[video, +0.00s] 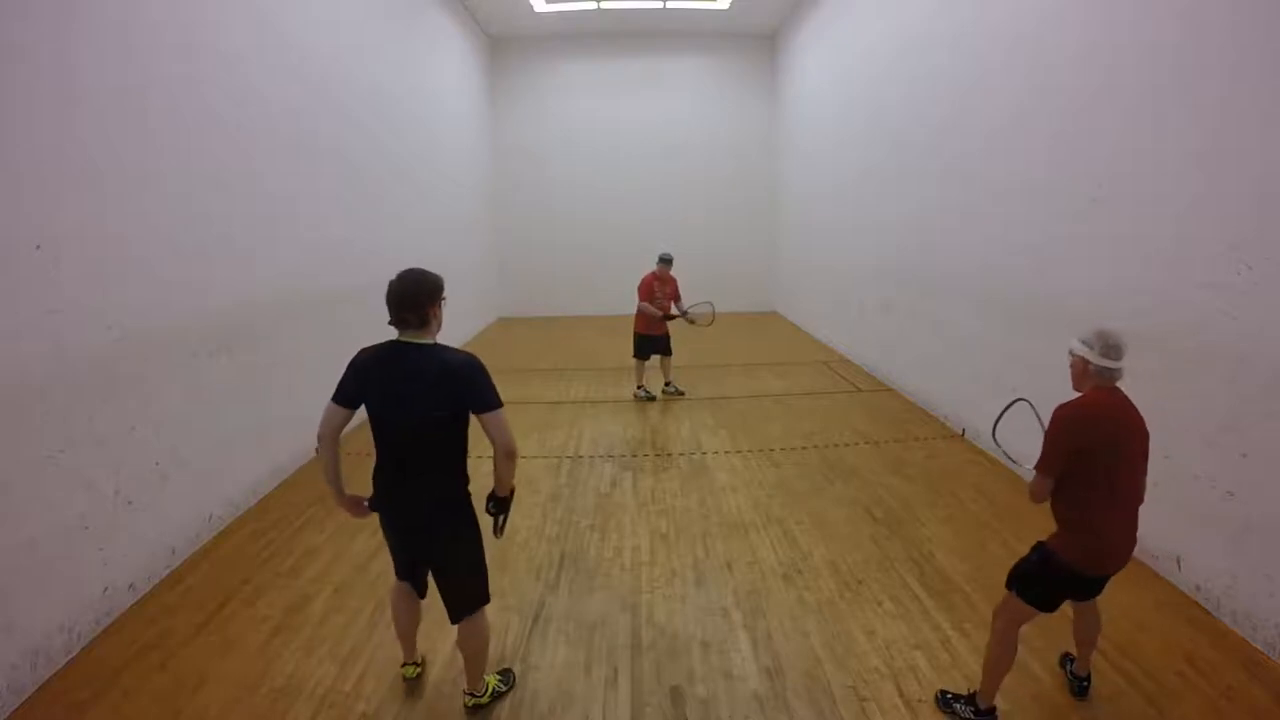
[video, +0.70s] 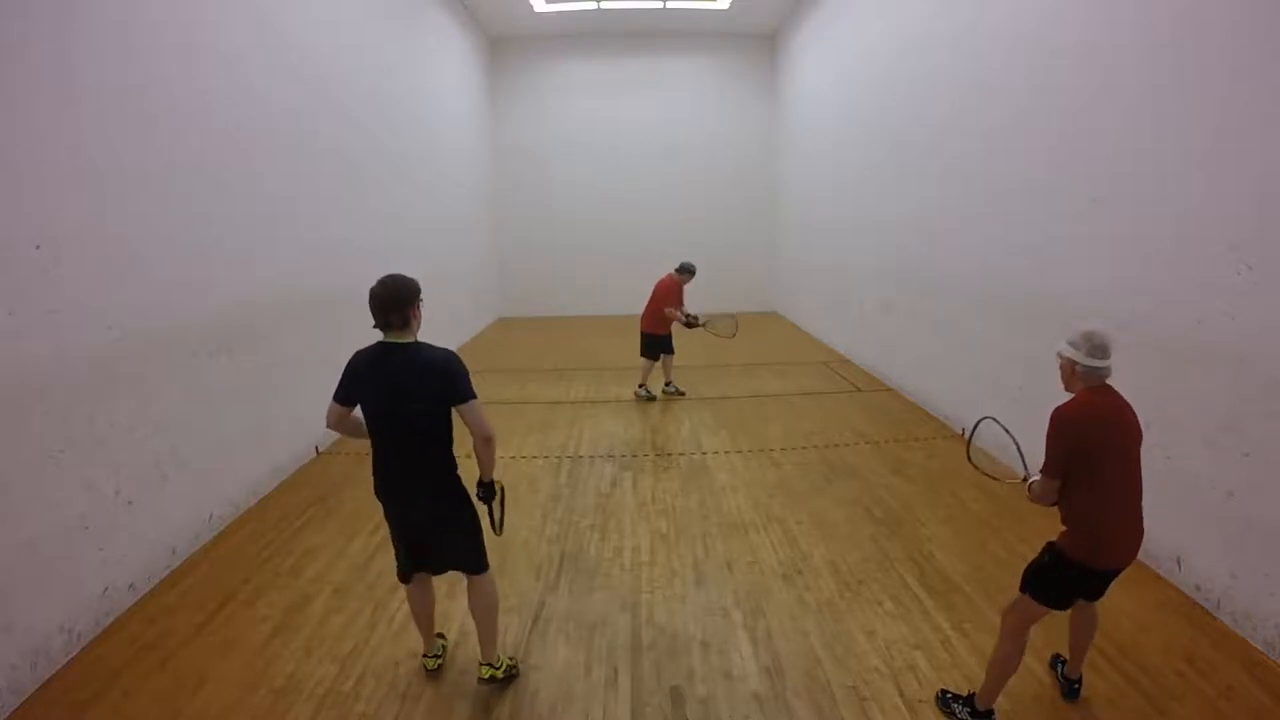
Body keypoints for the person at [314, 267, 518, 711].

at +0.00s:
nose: (443, 310)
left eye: (440, 303)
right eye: (441, 304)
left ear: (392, 312)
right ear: (435, 311)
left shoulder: (368, 362)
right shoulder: (462, 366)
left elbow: (327, 432)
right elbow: (505, 446)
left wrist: (339, 495)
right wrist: (502, 495)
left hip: (394, 503)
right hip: (446, 505)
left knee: (406, 577)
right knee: (468, 602)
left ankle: (409, 661)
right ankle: (476, 688)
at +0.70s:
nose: (422, 310)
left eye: (420, 303)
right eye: (420, 304)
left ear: (375, 316)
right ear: (414, 312)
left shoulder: (362, 362)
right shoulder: (442, 362)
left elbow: (336, 419)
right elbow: (483, 434)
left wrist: (377, 431)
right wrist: (486, 480)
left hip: (392, 487)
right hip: (440, 484)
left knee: (414, 569)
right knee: (477, 569)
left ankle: (430, 649)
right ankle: (490, 662)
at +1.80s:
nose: (396, 296)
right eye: (394, 289)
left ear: (345, 302)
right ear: (391, 296)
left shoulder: (326, 358)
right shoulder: (423, 344)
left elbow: (305, 441)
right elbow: (461, 420)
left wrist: (347, 471)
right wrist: (459, 485)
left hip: (363, 508)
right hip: (425, 503)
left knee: (362, 602)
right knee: (470, 599)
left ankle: (368, 690)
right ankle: (508, 686)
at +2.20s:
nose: (354, 303)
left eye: (351, 295)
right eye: (352, 296)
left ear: (301, 306)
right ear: (346, 303)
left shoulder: (274, 360)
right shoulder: (375, 354)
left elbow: (234, 437)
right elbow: (428, 428)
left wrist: (285, 475)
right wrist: (437, 495)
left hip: (307, 520)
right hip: (370, 513)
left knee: (312, 621)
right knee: (427, 610)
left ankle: (319, 715)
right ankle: (476, 701)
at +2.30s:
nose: (336, 311)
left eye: (333, 303)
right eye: (334, 304)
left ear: (283, 314)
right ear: (327, 311)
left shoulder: (257, 369)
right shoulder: (357, 363)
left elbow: (217, 448)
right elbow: (414, 436)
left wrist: (258, 497)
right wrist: (425, 496)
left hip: (292, 526)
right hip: (355, 519)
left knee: (289, 629)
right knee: (409, 616)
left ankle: (286, 716)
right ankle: (456, 707)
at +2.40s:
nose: (317, 344)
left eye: (313, 337)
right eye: (316, 338)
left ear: (266, 348)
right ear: (310, 344)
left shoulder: (244, 407)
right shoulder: (341, 396)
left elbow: (211, 492)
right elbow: (404, 467)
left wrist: (242, 546)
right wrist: (418, 519)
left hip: (282, 558)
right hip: (346, 552)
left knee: (269, 658)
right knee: (397, 642)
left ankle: (261, 718)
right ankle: (438, 715)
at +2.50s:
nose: (294, 370)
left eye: (291, 364)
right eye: (292, 365)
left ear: (244, 378)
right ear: (287, 372)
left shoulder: (225, 436)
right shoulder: (319, 423)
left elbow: (202, 525)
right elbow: (376, 494)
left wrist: (222, 576)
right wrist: (380, 538)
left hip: (267, 578)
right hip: (327, 570)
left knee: (265, 667)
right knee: (383, 644)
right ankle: (429, 713)